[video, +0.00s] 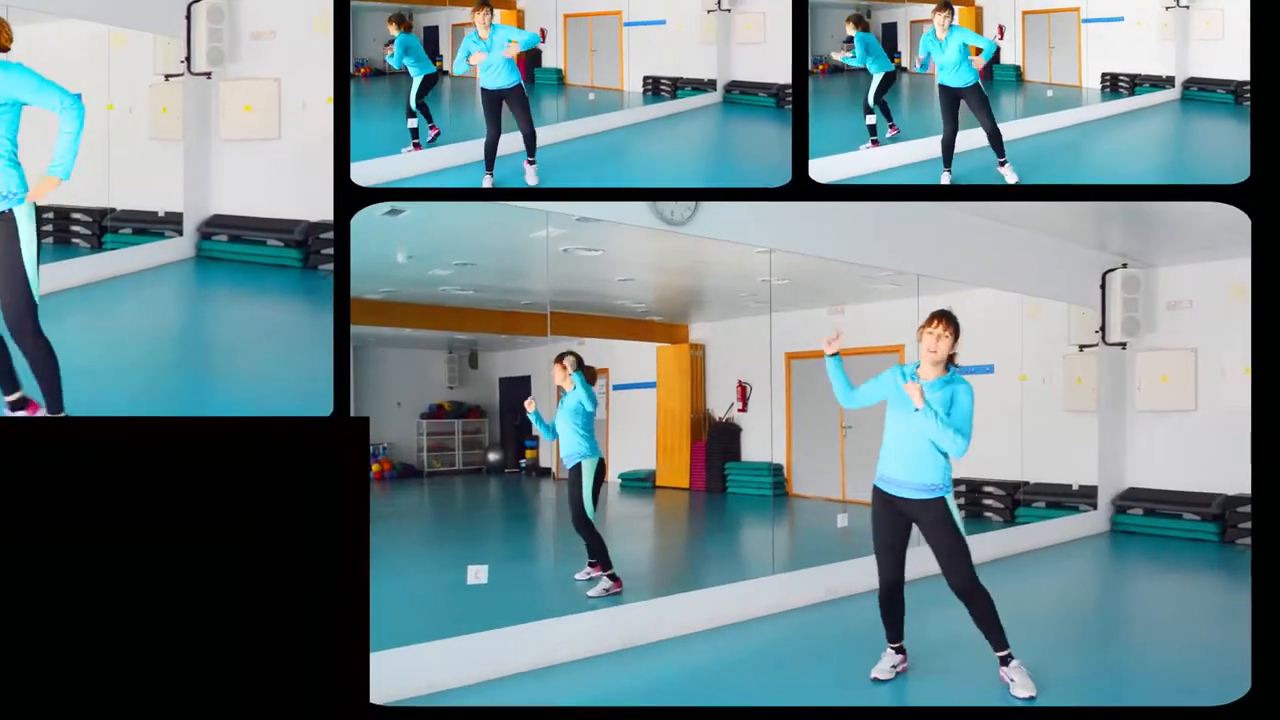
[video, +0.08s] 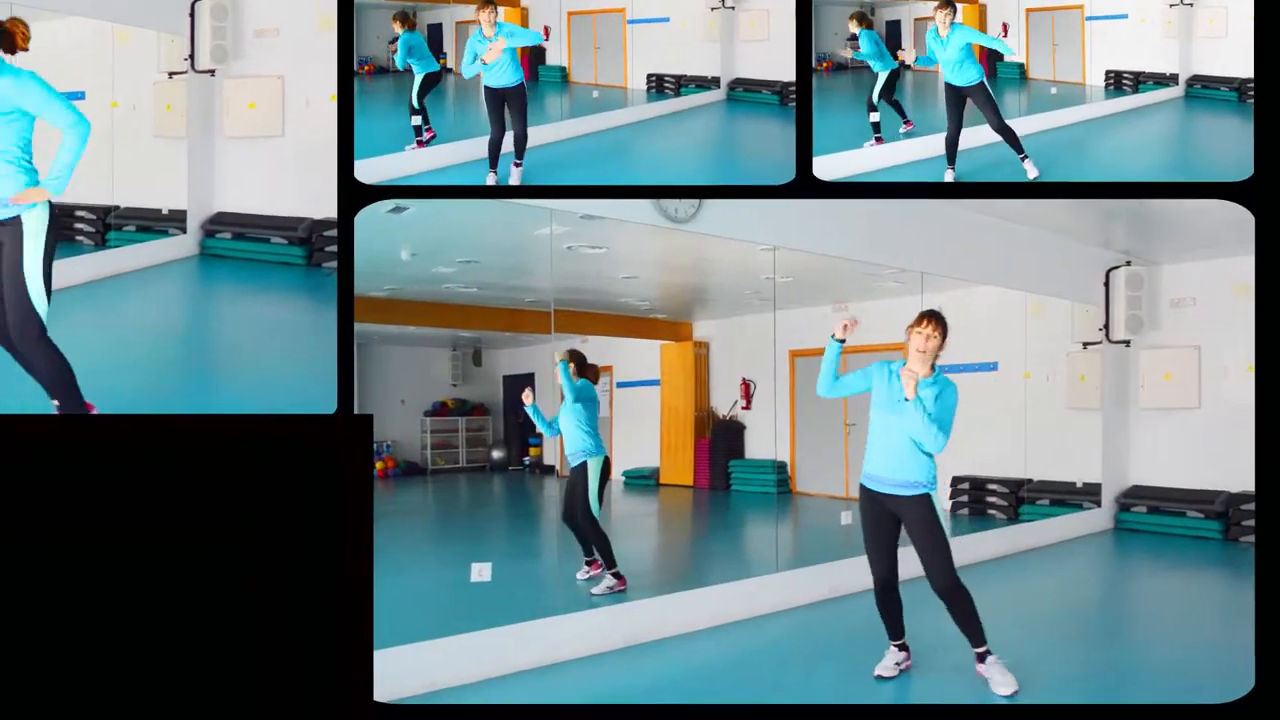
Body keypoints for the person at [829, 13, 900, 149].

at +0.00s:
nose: (846, 29)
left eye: (847, 25)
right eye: (846, 26)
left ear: (853, 25)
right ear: (859, 25)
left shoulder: (859, 37)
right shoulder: (868, 35)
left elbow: (861, 62)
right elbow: (865, 55)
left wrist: (842, 59)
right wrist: (850, 54)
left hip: (881, 72)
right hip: (889, 70)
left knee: (868, 104)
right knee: (878, 98)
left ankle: (874, 141)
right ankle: (892, 126)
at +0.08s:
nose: (849, 26)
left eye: (851, 23)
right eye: (849, 23)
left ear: (857, 23)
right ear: (861, 23)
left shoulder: (865, 35)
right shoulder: (870, 33)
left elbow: (874, 54)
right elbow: (872, 54)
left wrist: (854, 54)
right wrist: (855, 53)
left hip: (886, 69)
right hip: (892, 68)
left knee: (872, 102)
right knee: (888, 97)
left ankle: (877, 138)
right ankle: (907, 122)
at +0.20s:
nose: (869, 16)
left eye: (870, 13)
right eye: (869, 13)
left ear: (876, 13)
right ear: (877, 13)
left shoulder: (892, 26)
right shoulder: (882, 29)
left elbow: (907, 41)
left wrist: (895, 42)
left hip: (907, 60)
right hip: (903, 60)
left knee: (887, 92)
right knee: (919, 89)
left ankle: (896, 126)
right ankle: (936, 112)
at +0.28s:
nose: (891, 7)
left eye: (892, 4)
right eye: (891, 5)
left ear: (899, 4)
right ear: (899, 5)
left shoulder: (915, 17)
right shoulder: (903, 18)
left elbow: (930, 35)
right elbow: (925, 26)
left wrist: (919, 32)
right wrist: (936, 26)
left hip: (929, 51)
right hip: (923, 51)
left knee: (907, 80)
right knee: (942, 77)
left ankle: (917, 115)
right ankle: (958, 101)